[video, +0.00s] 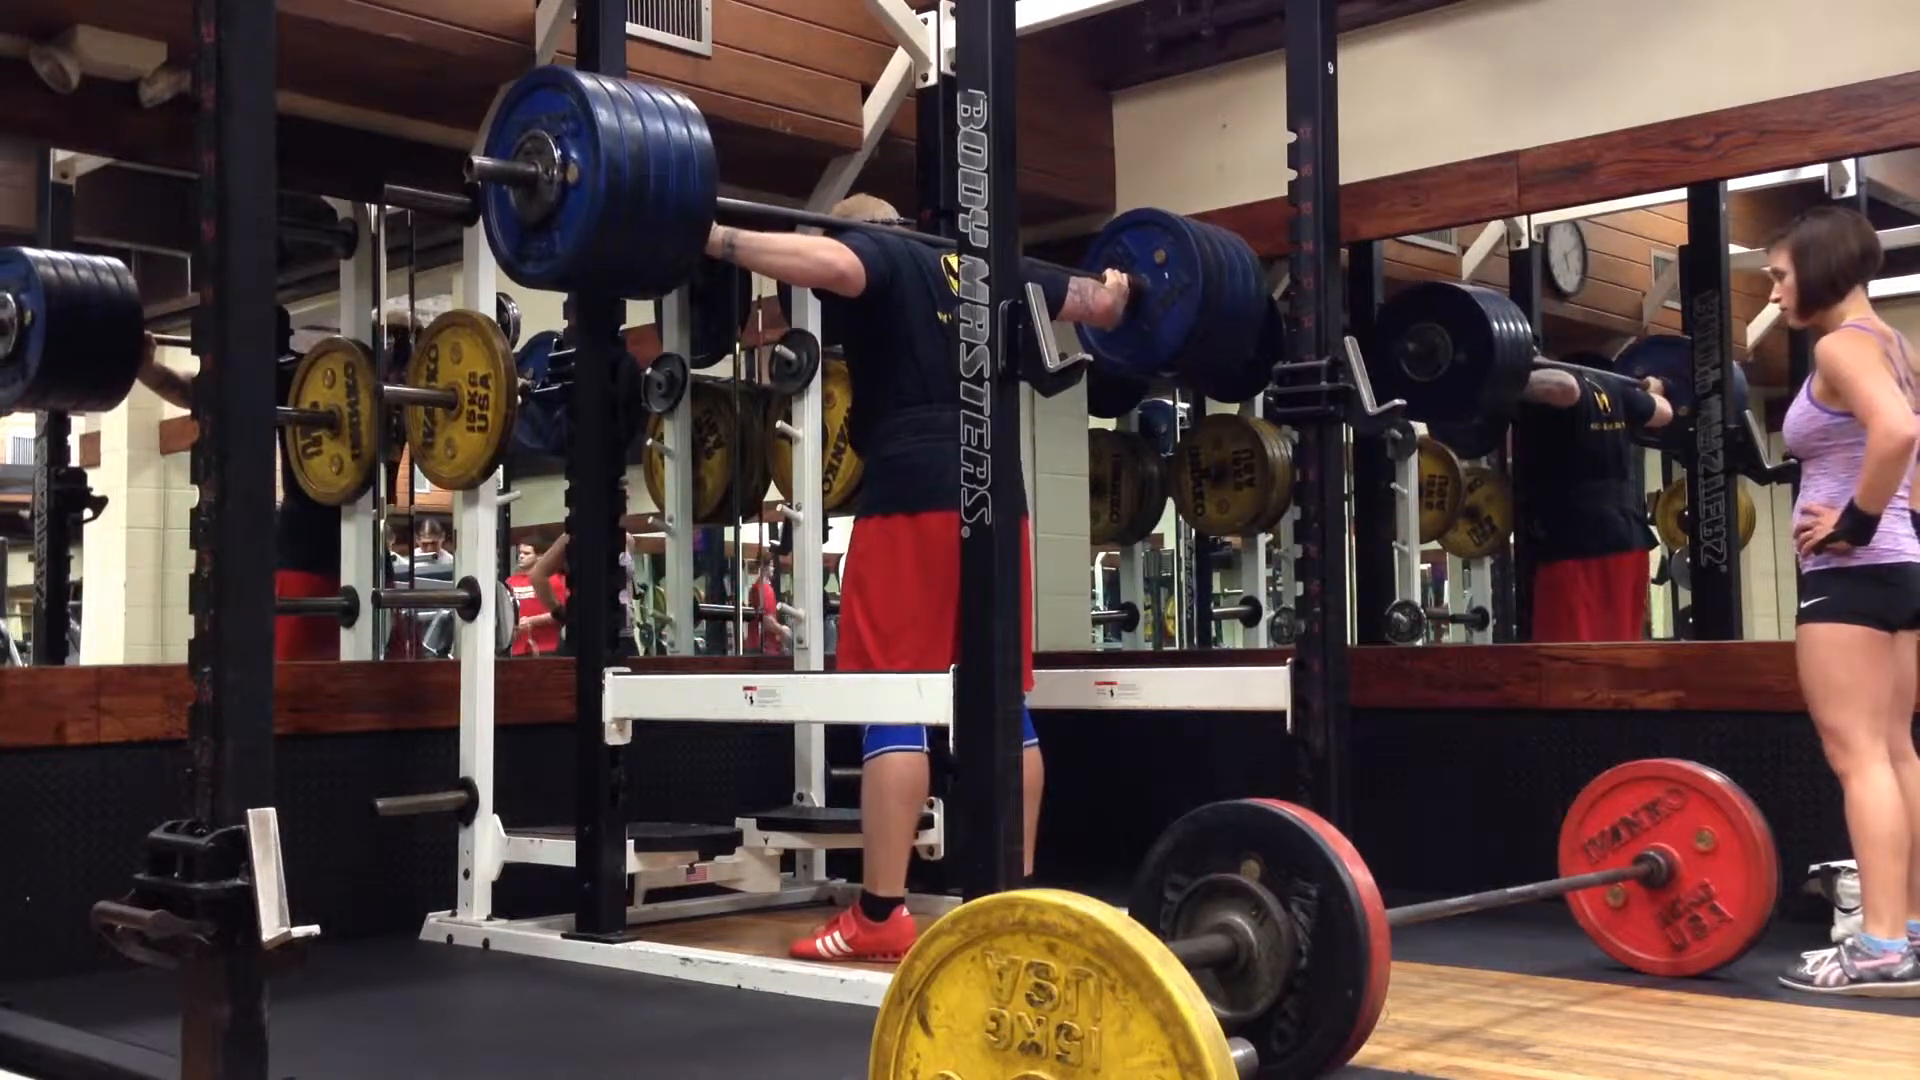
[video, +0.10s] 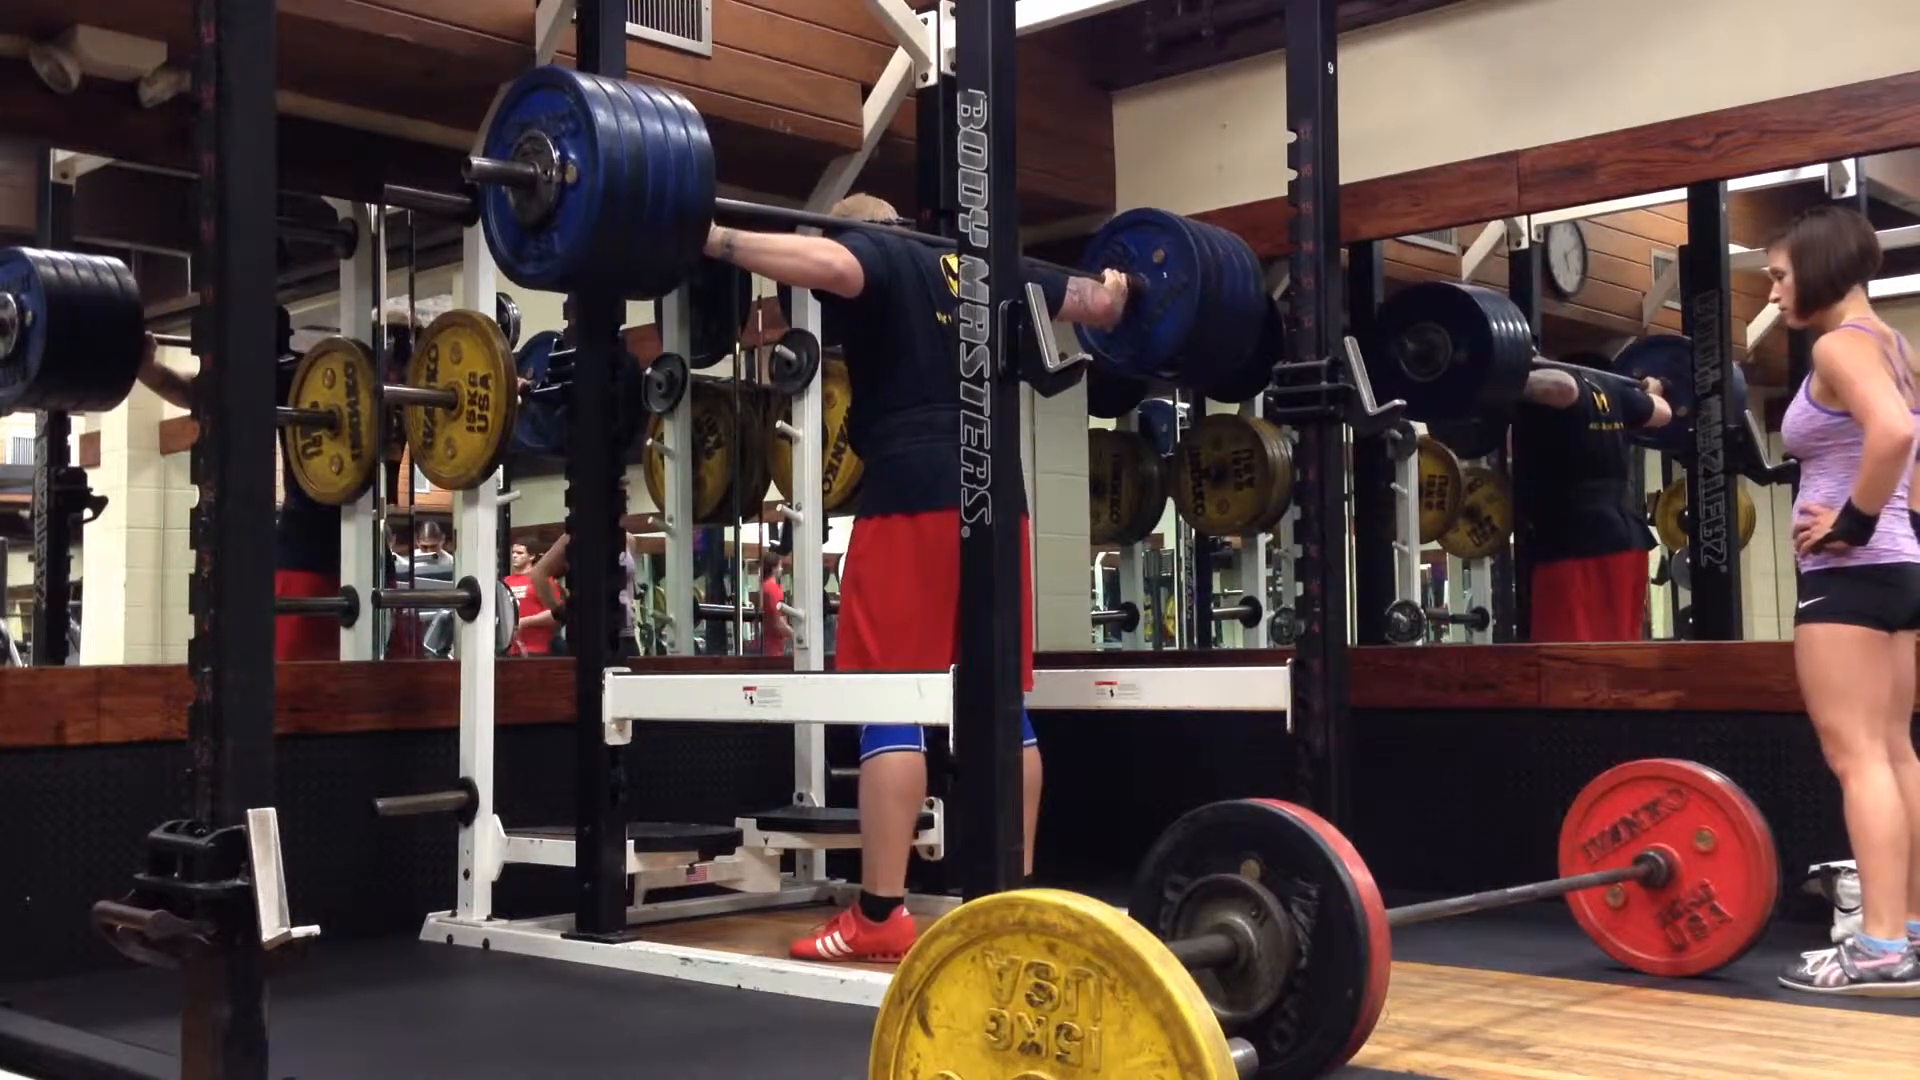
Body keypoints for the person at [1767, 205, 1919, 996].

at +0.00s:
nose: (1774, 289)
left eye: (1781, 274)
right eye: (1773, 274)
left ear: (1820, 270)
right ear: (1849, 270)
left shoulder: (1842, 344)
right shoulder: (1882, 339)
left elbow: (1894, 430)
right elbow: (1890, 440)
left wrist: (1852, 522)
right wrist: (1838, 508)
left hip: (1850, 577)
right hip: (1892, 572)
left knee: (1859, 756)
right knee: (1896, 749)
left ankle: (1883, 942)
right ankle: (1897, 930)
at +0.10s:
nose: (1773, 289)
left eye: (1780, 274)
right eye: (1772, 274)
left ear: (1820, 270)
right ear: (1849, 270)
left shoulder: (1840, 343)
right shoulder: (1882, 340)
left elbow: (1892, 430)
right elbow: (1905, 452)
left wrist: (1849, 523)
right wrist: (1866, 514)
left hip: (1849, 576)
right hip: (1892, 571)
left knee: (1857, 756)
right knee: (1894, 749)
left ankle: (1882, 942)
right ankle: (1903, 926)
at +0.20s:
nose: (1771, 287)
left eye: (1778, 272)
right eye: (1771, 272)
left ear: (1814, 270)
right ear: (1851, 270)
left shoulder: (1838, 343)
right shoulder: (1883, 340)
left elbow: (1891, 430)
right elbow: (1906, 455)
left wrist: (1847, 521)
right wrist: (1866, 514)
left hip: (1848, 576)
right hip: (1892, 570)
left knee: (1857, 757)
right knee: (1893, 749)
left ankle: (1882, 942)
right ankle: (1903, 927)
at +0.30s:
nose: (1771, 288)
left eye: (1778, 272)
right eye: (1770, 272)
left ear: (1813, 269)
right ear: (1852, 269)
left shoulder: (1837, 343)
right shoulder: (1883, 341)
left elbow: (1890, 430)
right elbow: (1906, 455)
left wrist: (1847, 521)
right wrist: (1871, 515)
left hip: (1847, 576)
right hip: (1891, 571)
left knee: (1857, 757)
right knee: (1892, 750)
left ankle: (1882, 942)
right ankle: (1903, 926)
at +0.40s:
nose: (1771, 287)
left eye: (1777, 271)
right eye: (1770, 272)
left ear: (1813, 268)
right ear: (1851, 268)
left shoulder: (1836, 343)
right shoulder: (1884, 342)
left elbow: (1889, 430)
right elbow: (1906, 458)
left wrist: (1845, 522)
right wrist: (1867, 514)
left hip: (1846, 575)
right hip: (1890, 571)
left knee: (1856, 757)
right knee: (1890, 749)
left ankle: (1882, 942)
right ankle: (1902, 926)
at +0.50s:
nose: (1770, 286)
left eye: (1777, 271)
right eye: (1769, 271)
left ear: (1812, 267)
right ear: (1851, 267)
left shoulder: (1835, 344)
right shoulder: (1883, 342)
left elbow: (1888, 431)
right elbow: (1906, 457)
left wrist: (1844, 522)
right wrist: (1873, 515)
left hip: (1844, 575)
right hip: (1889, 570)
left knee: (1856, 757)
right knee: (1889, 749)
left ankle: (1882, 942)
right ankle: (1902, 926)